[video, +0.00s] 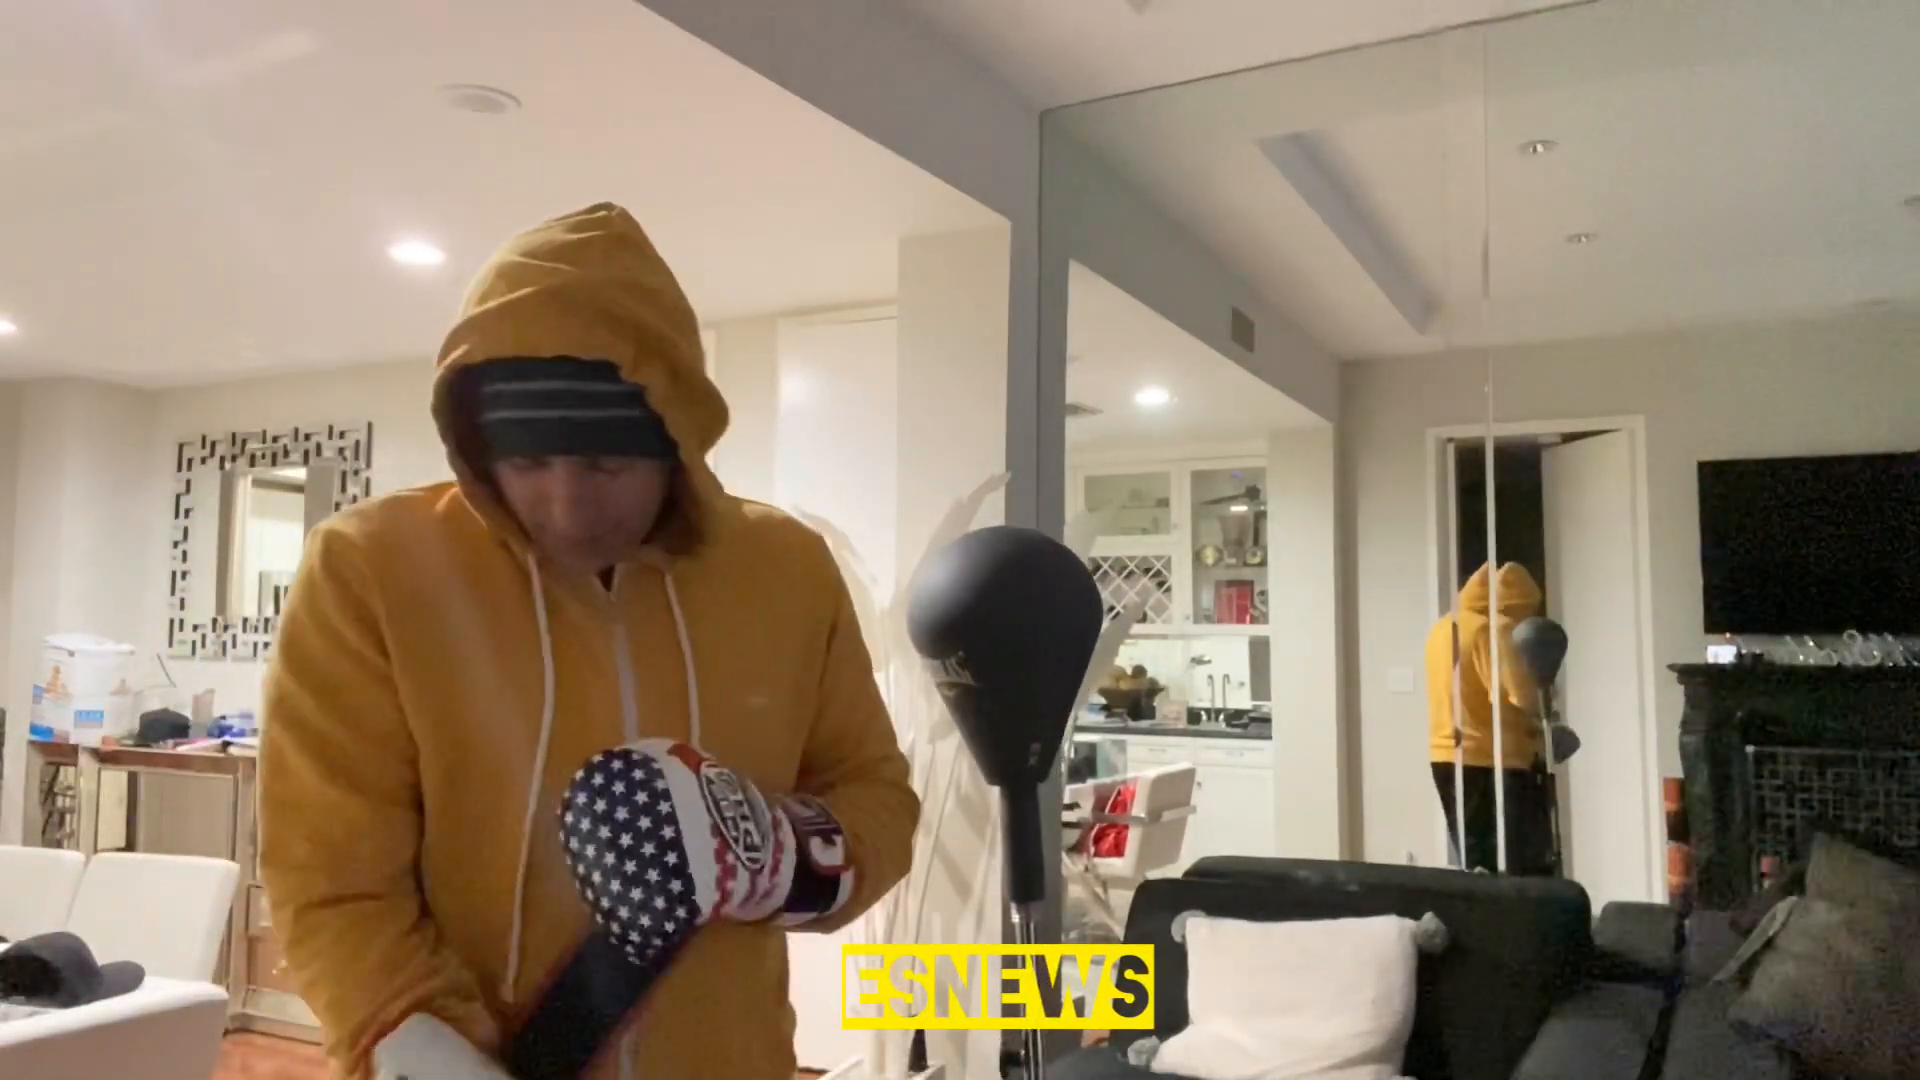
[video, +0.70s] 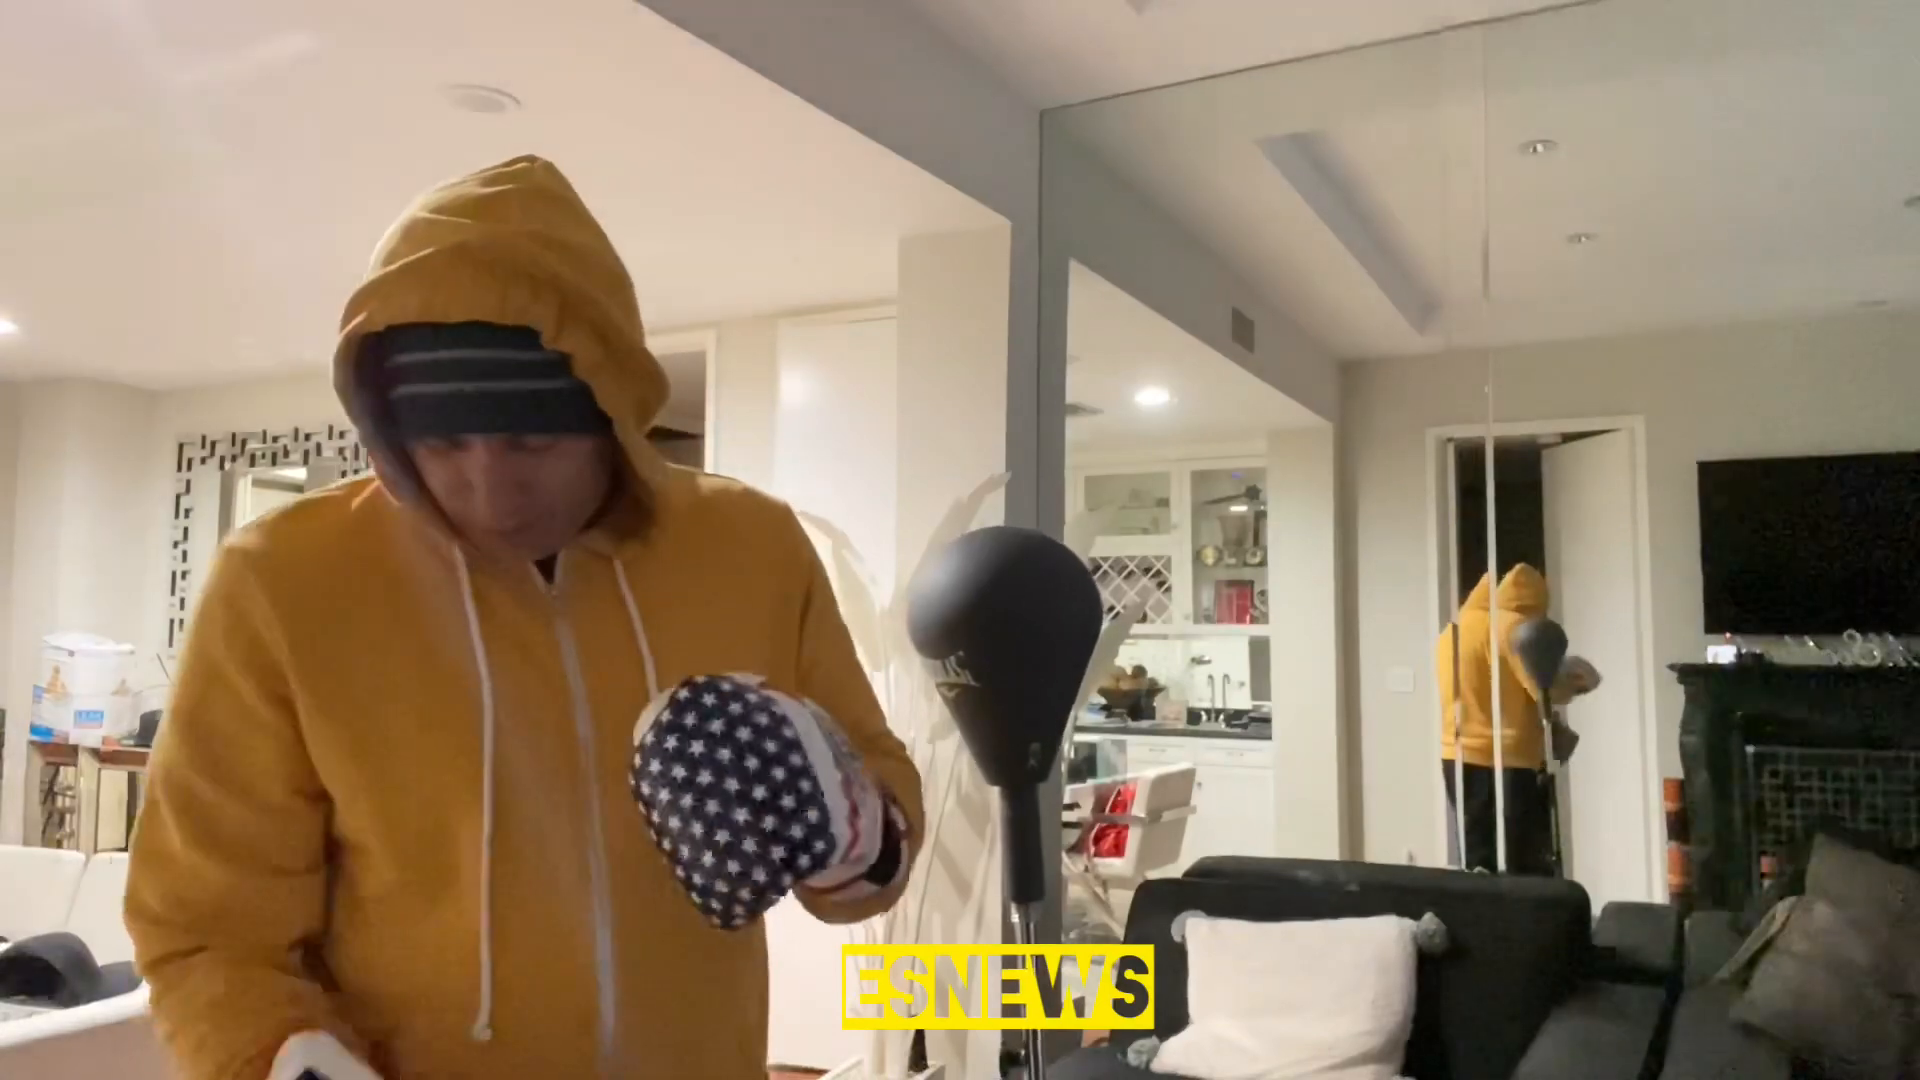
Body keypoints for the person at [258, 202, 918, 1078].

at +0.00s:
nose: (565, 510)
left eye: (607, 463)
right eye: (528, 462)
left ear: (674, 446)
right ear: (480, 449)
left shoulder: (785, 570)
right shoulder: (370, 572)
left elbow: (876, 789)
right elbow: (336, 884)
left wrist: (788, 849)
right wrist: (433, 1055)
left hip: (723, 1059)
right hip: (469, 1059)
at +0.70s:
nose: (489, 496)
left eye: (533, 438)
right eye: (444, 444)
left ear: (614, 409)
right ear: (392, 429)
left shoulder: (752, 553)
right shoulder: (282, 589)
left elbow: (878, 784)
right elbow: (215, 937)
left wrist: (847, 829)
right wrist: (298, 1061)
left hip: (695, 1059)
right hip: (417, 1058)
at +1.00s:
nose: (504, 481)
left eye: (551, 423)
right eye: (460, 427)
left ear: (627, 404)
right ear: (408, 420)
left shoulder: (759, 559)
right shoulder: (292, 581)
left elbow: (885, 814)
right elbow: (195, 896)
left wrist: (788, 822)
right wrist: (436, 1038)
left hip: (703, 1064)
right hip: (424, 1075)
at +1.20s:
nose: (523, 469)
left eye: (568, 418)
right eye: (479, 422)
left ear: (645, 407)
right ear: (429, 420)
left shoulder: (762, 556)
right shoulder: (312, 573)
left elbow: (890, 793)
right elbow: (187, 893)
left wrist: (753, 847)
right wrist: (446, 952)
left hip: (698, 1062)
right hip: (423, 1064)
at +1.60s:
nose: (551, 445)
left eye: (595, 396)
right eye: (512, 396)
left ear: (675, 396)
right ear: (472, 403)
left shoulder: (807, 562)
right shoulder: (356, 569)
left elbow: (942, 816)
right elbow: (175, 870)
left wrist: (856, 841)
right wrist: (494, 830)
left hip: (734, 1066)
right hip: (437, 1066)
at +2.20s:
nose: (640, 365)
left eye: (680, 326)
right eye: (602, 325)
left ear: (738, 353)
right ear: (553, 354)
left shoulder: (849, 581)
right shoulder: (418, 559)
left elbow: (1006, 812)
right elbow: (273, 850)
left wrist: (950, 824)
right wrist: (587, 791)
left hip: (764, 1064)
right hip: (474, 1063)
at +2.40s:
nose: (646, 357)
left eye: (686, 321)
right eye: (609, 321)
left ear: (740, 357)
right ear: (562, 356)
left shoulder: (848, 579)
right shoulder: (437, 553)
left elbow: (1003, 772)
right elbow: (356, 814)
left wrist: (903, 835)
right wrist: (671, 711)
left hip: (768, 1057)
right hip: (488, 1052)